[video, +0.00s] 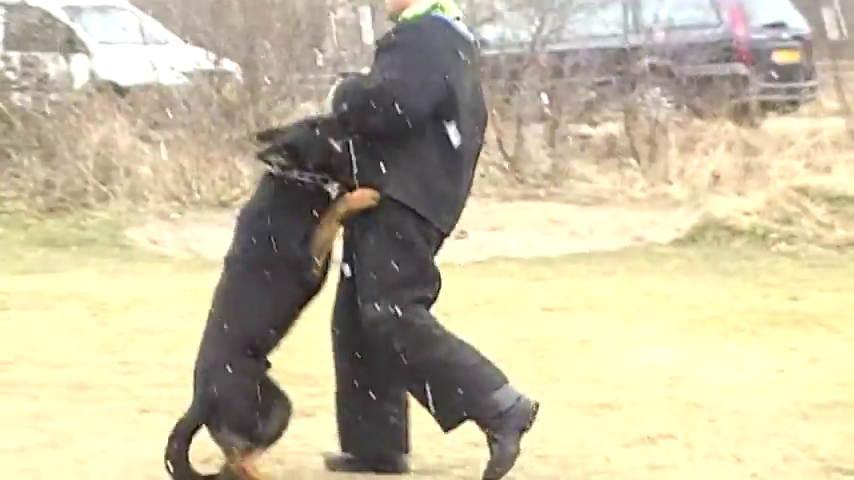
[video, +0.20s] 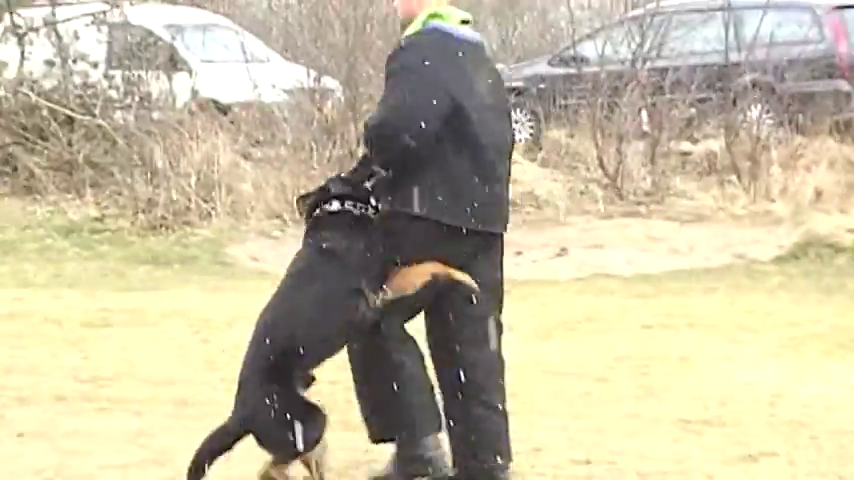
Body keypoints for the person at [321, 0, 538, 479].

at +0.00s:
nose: (382, 8)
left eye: (386, 3)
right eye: (383, 5)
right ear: (428, 0)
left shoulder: (423, 33)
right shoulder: (447, 47)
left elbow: (399, 102)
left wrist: (346, 91)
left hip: (401, 200)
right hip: (386, 202)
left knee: (391, 315)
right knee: (358, 324)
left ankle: (502, 408)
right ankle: (376, 450)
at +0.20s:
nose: (396, 9)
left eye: (400, 3)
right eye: (397, 3)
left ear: (416, 5)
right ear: (448, 7)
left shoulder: (426, 48)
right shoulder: (480, 58)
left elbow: (401, 128)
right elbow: (490, 145)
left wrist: (373, 151)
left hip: (430, 219)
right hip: (480, 222)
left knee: (373, 316)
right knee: (471, 347)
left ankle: (419, 448)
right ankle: (485, 462)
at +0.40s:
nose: (332, 48)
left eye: (334, 36)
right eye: (329, 38)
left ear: (358, 28)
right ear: (378, 26)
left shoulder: (376, 75)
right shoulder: (432, 74)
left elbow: (377, 145)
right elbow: (468, 153)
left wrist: (343, 179)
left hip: (412, 240)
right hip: (467, 237)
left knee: (353, 336)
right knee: (490, 346)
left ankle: (327, 447)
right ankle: (534, 457)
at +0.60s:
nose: (302, 79)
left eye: (301, 66)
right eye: (298, 70)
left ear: (323, 50)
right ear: (326, 51)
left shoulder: (368, 94)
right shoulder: (368, 95)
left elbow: (387, 171)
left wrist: (323, 181)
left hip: (383, 253)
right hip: (410, 252)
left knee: (341, 362)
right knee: (411, 364)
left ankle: (359, 466)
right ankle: (514, 428)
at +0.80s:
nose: (245, 83)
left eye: (244, 70)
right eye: (241, 74)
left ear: (265, 54)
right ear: (279, 53)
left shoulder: (299, 103)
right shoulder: (329, 100)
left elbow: (291, 185)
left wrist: (255, 186)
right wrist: (257, 241)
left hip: (338, 268)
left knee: (366, 386)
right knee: (315, 385)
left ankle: (412, 471)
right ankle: (315, 471)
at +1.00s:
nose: (141, 69)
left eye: (143, 59)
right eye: (139, 61)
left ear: (167, 51)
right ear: (183, 49)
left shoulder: (177, 104)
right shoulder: (241, 98)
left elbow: (169, 179)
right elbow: (287, 156)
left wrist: (148, 218)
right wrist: (252, 202)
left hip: (215, 252)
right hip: (253, 248)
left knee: (249, 362)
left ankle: (336, 448)